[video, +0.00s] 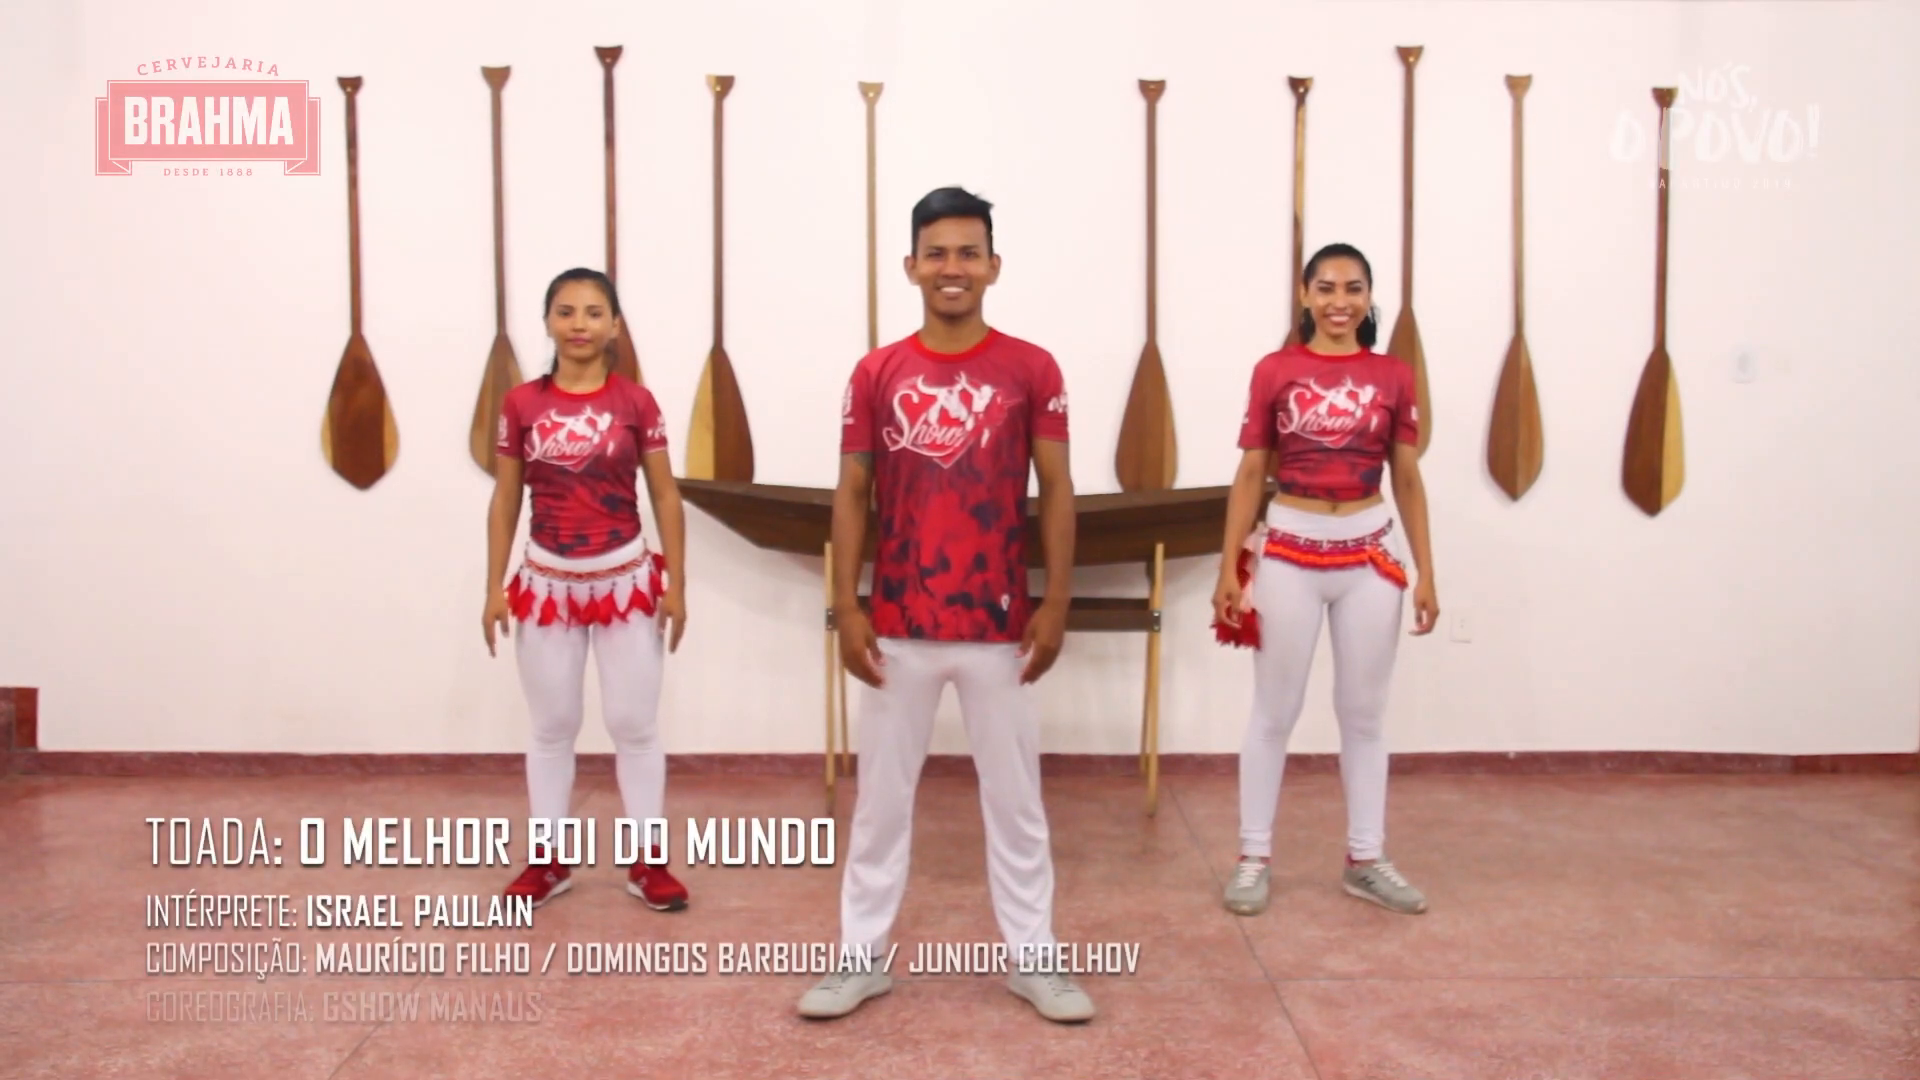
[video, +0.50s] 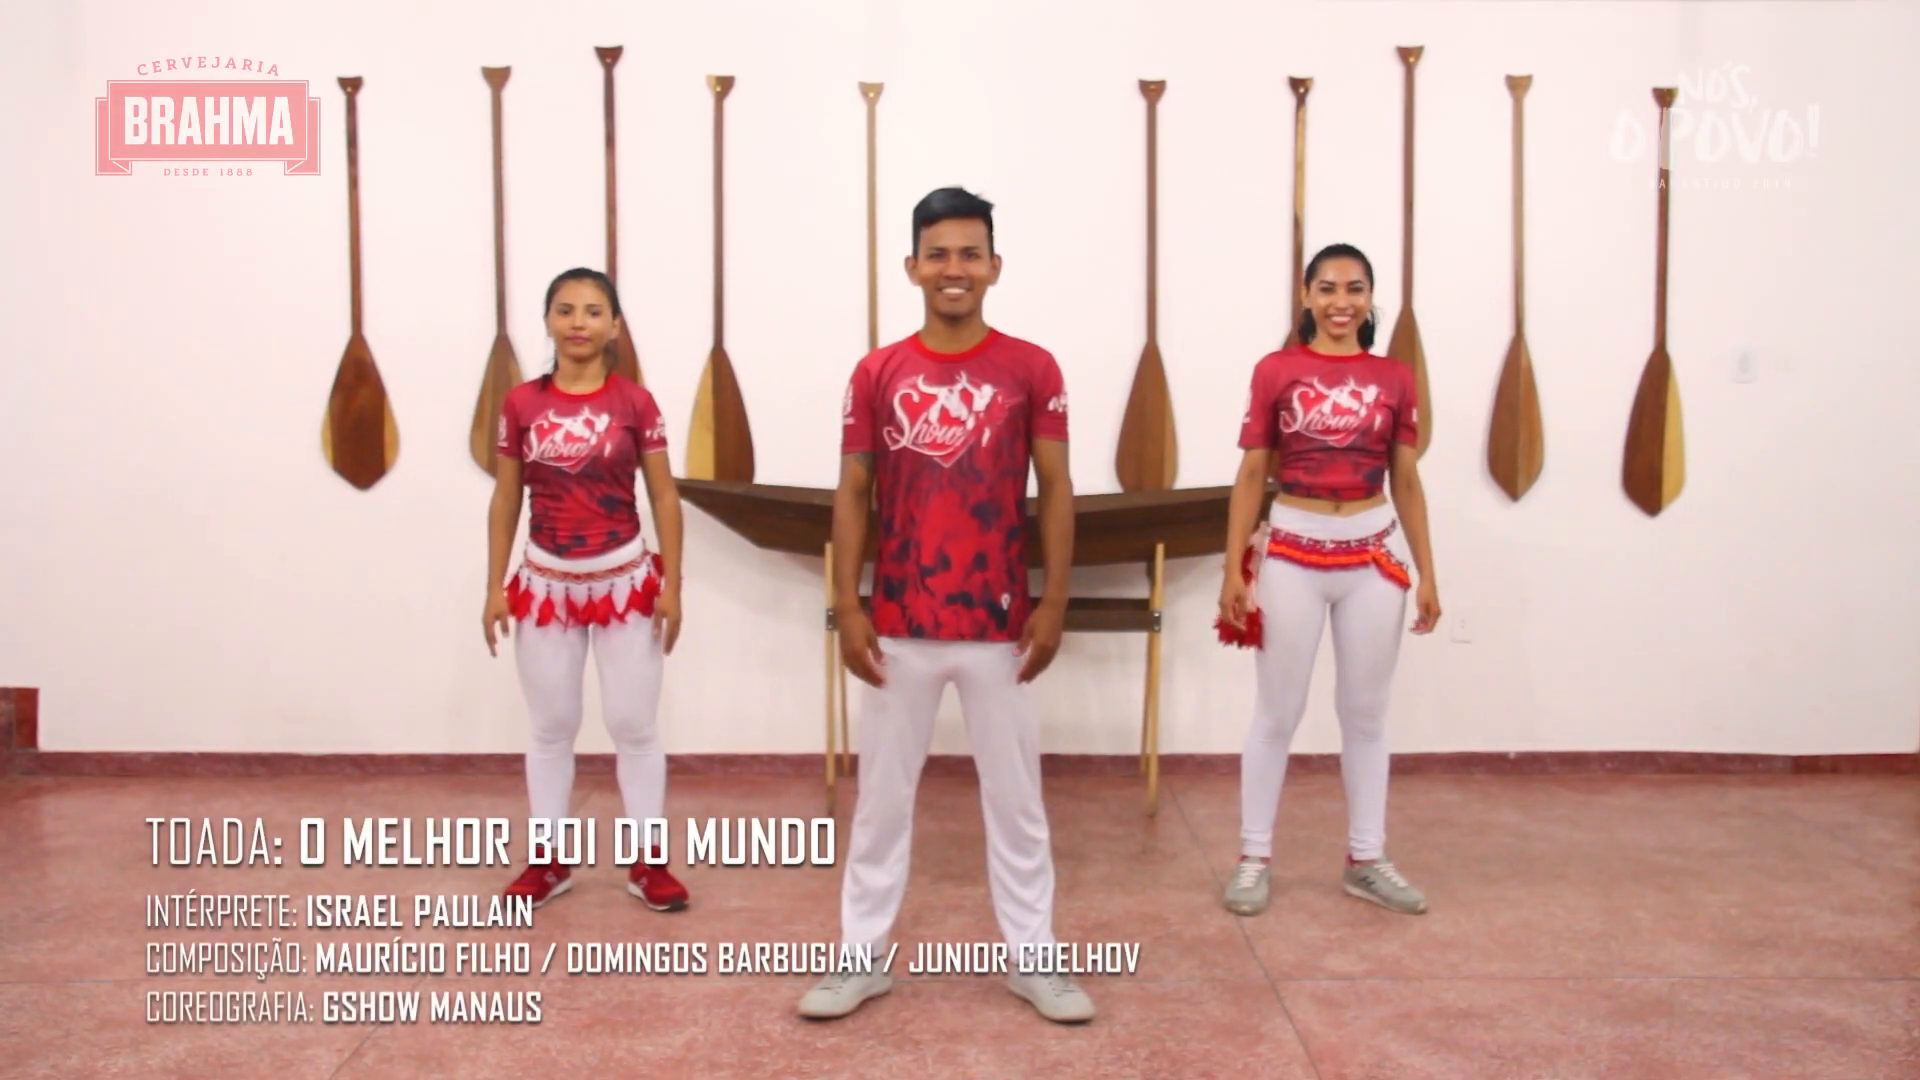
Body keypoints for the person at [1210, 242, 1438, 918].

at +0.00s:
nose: (1339, 299)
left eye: (1352, 288)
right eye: (1326, 287)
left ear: (1369, 298)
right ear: (1305, 296)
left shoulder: (1393, 375)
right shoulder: (1276, 370)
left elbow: (1407, 480)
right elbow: (1251, 473)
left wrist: (1425, 573)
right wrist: (1228, 564)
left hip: (1372, 554)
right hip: (1287, 554)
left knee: (1364, 716)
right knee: (1274, 714)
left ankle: (1365, 859)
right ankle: (1254, 859)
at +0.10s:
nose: (1343, 299)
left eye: (1355, 287)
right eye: (1329, 287)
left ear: (1370, 297)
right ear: (1306, 296)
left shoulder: (1393, 376)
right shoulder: (1276, 371)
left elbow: (1408, 480)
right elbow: (1250, 474)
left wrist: (1426, 574)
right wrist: (1228, 565)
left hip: (1372, 553)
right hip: (1288, 554)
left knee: (1364, 716)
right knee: (1274, 715)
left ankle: (1365, 859)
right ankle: (1254, 859)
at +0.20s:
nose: (1344, 298)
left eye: (1355, 287)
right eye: (1330, 287)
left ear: (1370, 297)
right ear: (1307, 296)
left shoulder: (1394, 376)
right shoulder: (1276, 371)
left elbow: (1408, 481)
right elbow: (1251, 474)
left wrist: (1427, 575)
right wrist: (1230, 567)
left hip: (1372, 554)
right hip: (1288, 554)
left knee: (1365, 716)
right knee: (1274, 715)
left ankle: (1366, 859)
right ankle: (1254, 859)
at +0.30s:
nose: (1342, 299)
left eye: (1354, 288)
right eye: (1329, 287)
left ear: (1370, 298)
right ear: (1307, 296)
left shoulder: (1394, 377)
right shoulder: (1276, 371)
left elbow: (1408, 482)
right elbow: (1252, 474)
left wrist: (1427, 575)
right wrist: (1231, 568)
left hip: (1373, 554)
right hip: (1288, 554)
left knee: (1365, 716)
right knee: (1274, 715)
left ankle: (1366, 859)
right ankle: (1254, 859)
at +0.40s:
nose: (1341, 300)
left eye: (1353, 289)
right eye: (1328, 288)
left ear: (1370, 298)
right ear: (1307, 297)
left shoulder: (1393, 377)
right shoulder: (1276, 371)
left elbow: (1406, 482)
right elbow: (1252, 474)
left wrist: (1427, 574)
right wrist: (1232, 567)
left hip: (1374, 554)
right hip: (1289, 555)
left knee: (1365, 717)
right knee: (1274, 715)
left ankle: (1366, 859)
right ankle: (1254, 859)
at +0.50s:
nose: (1341, 300)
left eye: (1353, 288)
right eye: (1328, 288)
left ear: (1370, 298)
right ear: (1307, 296)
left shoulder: (1394, 376)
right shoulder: (1277, 370)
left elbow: (1406, 481)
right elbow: (1252, 474)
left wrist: (1426, 574)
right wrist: (1233, 564)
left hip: (1375, 554)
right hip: (1290, 555)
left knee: (1366, 717)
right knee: (1276, 716)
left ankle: (1366, 859)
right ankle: (1254, 859)